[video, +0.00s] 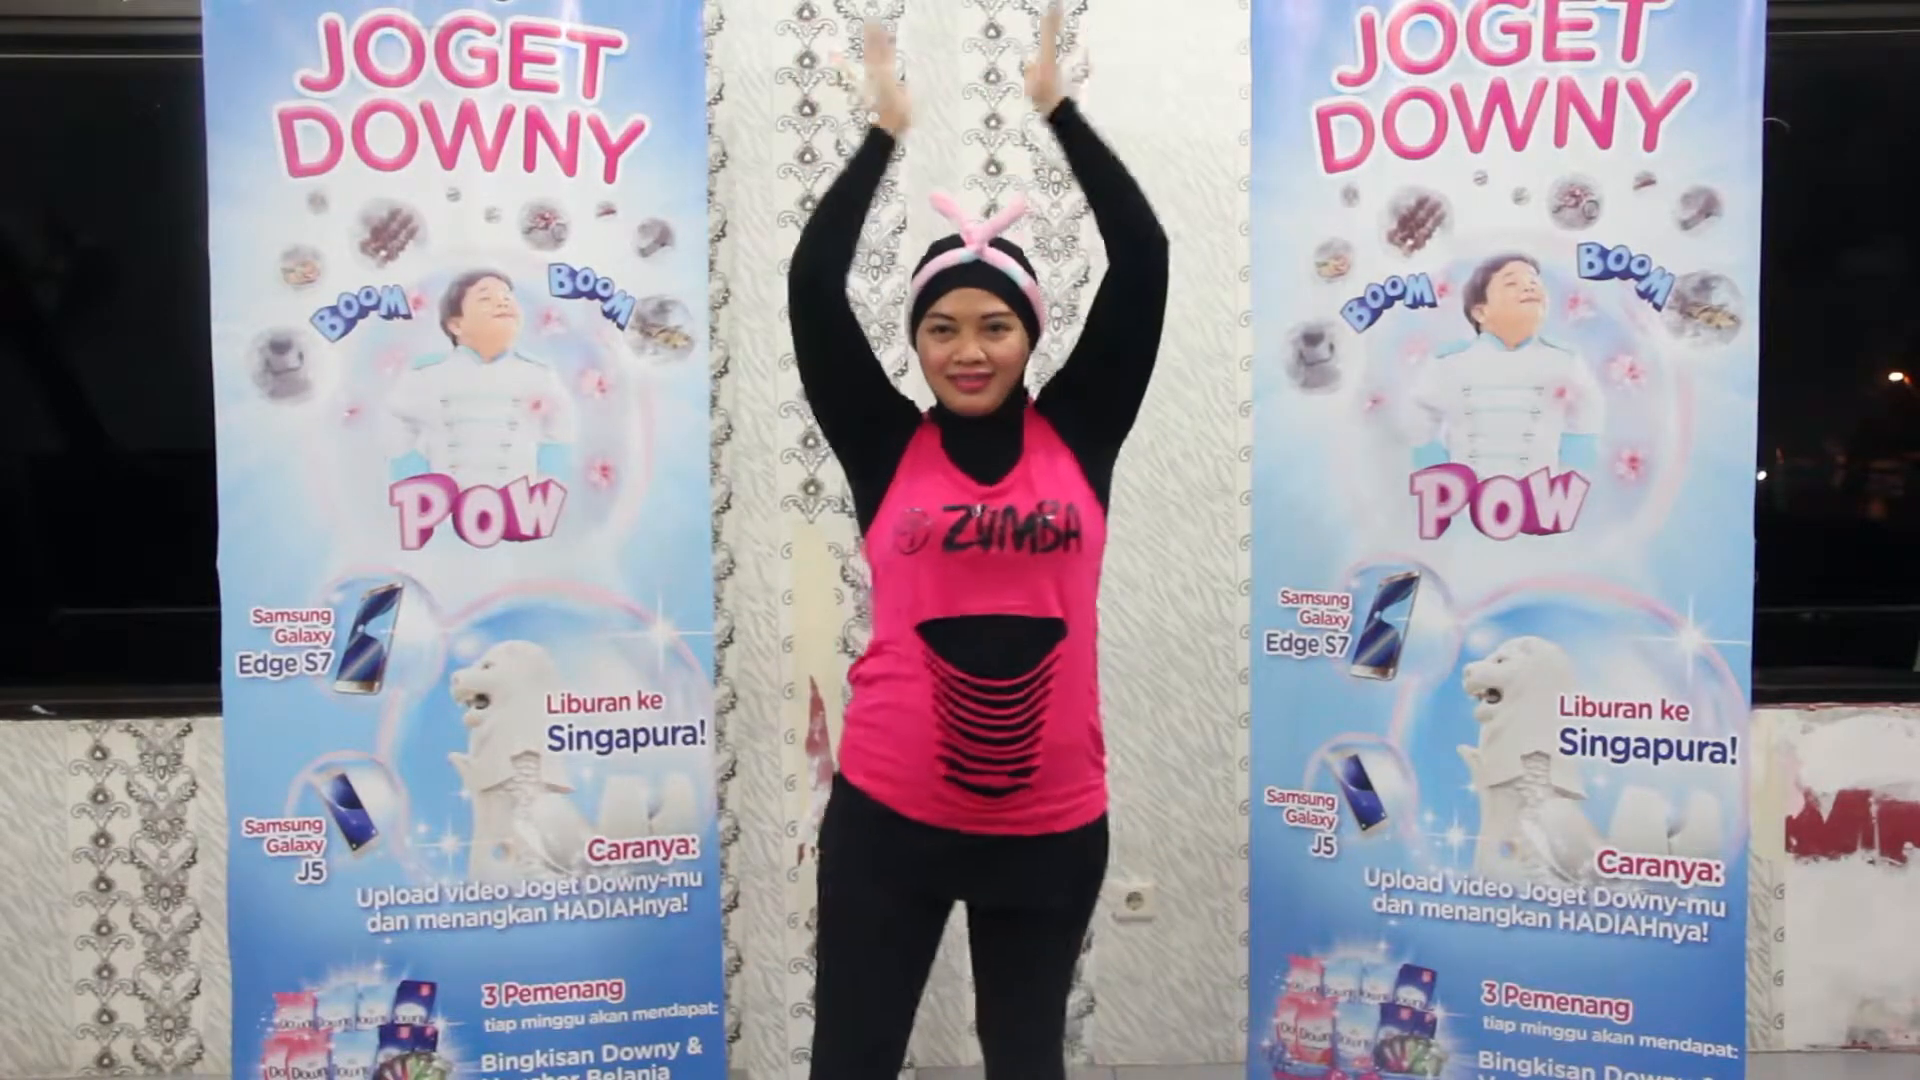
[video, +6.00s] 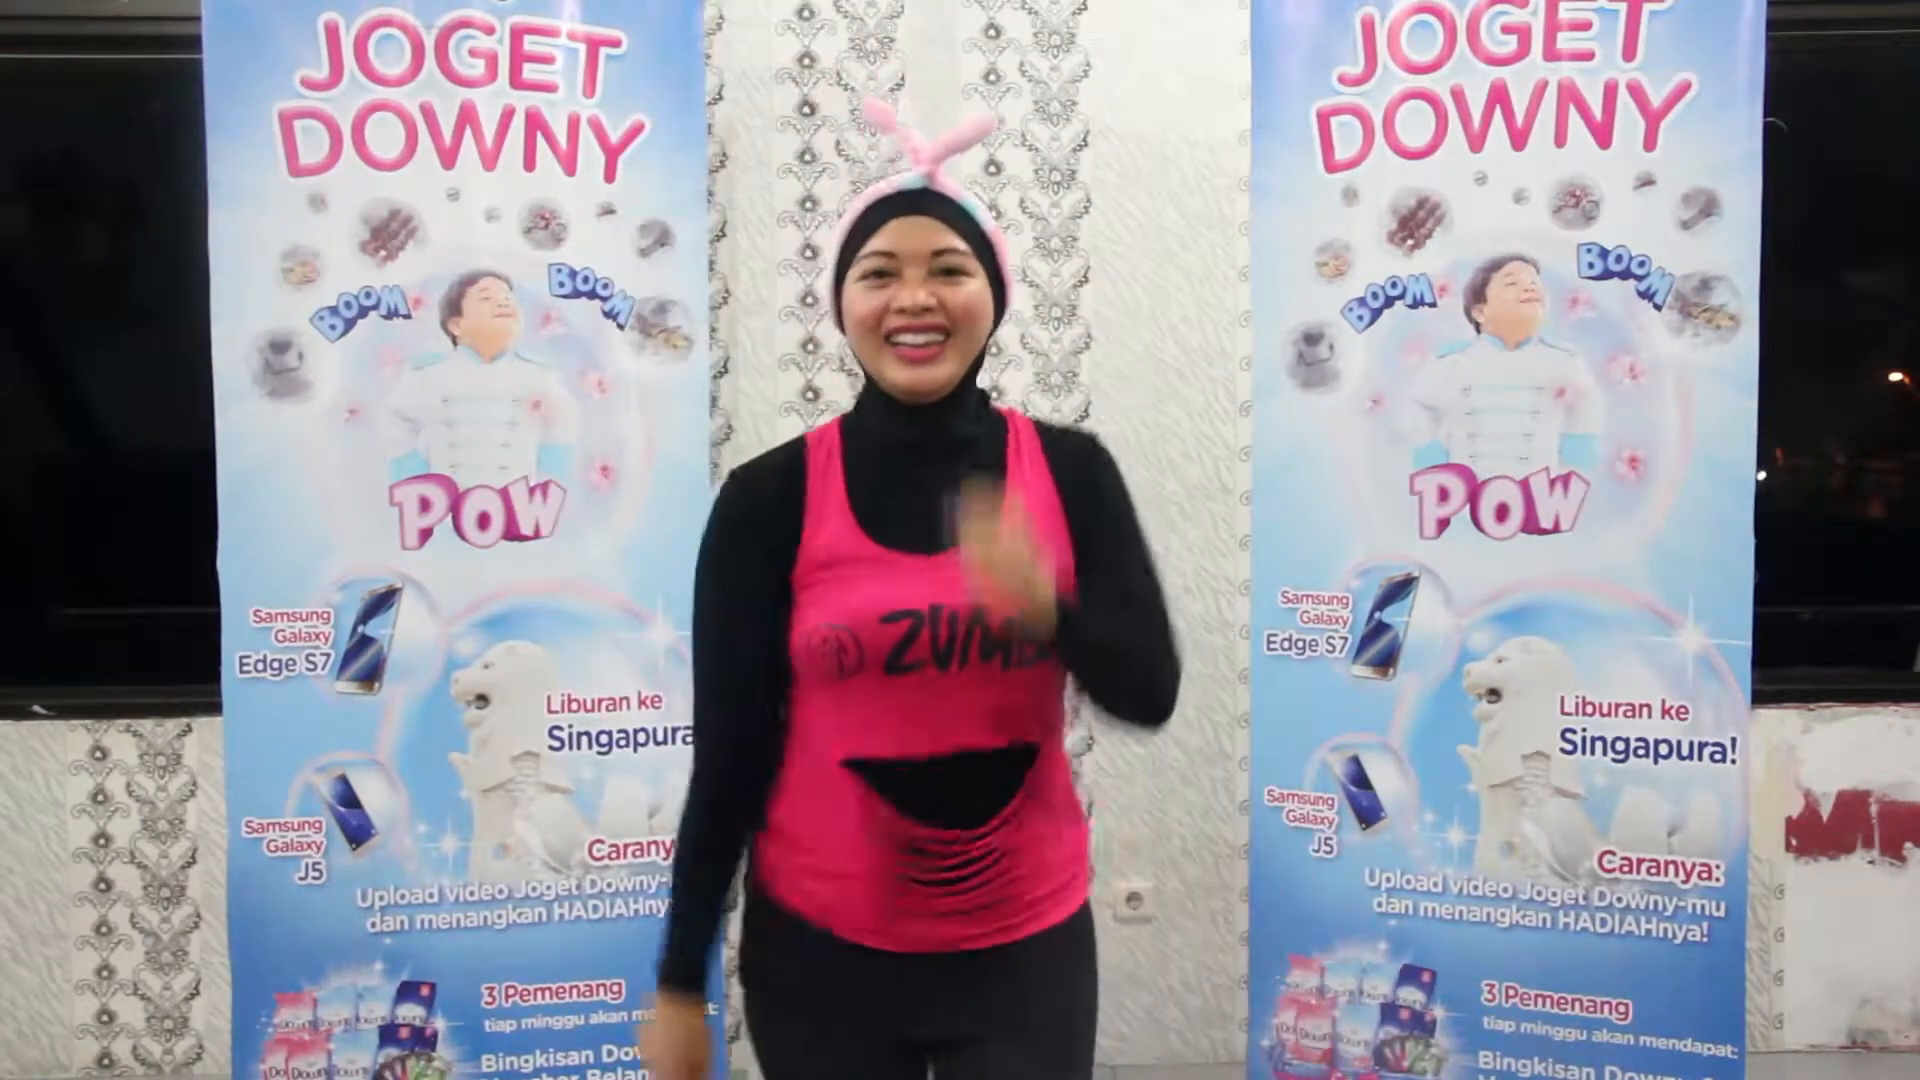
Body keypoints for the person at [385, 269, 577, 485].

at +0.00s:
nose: (502, 302)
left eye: (508, 296)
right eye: (484, 298)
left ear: (518, 313)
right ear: (454, 324)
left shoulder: (539, 376)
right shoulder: (424, 377)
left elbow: (558, 436)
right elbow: (390, 423)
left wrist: (545, 491)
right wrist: (413, 482)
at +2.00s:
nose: (503, 301)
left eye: (508, 296)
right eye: (485, 298)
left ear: (518, 315)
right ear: (454, 324)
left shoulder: (538, 378)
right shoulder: (422, 379)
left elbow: (559, 432)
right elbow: (393, 428)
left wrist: (546, 490)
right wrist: (415, 485)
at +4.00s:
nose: (502, 303)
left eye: (508, 296)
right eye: (485, 297)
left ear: (518, 315)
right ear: (455, 324)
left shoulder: (536, 376)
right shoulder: (423, 379)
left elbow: (560, 427)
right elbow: (393, 426)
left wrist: (547, 485)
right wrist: (412, 483)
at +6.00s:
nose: (503, 302)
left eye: (508, 296)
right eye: (485, 297)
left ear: (518, 314)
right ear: (455, 324)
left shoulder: (539, 380)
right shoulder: (421, 380)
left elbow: (560, 443)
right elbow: (396, 434)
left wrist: (544, 499)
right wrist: (415, 494)